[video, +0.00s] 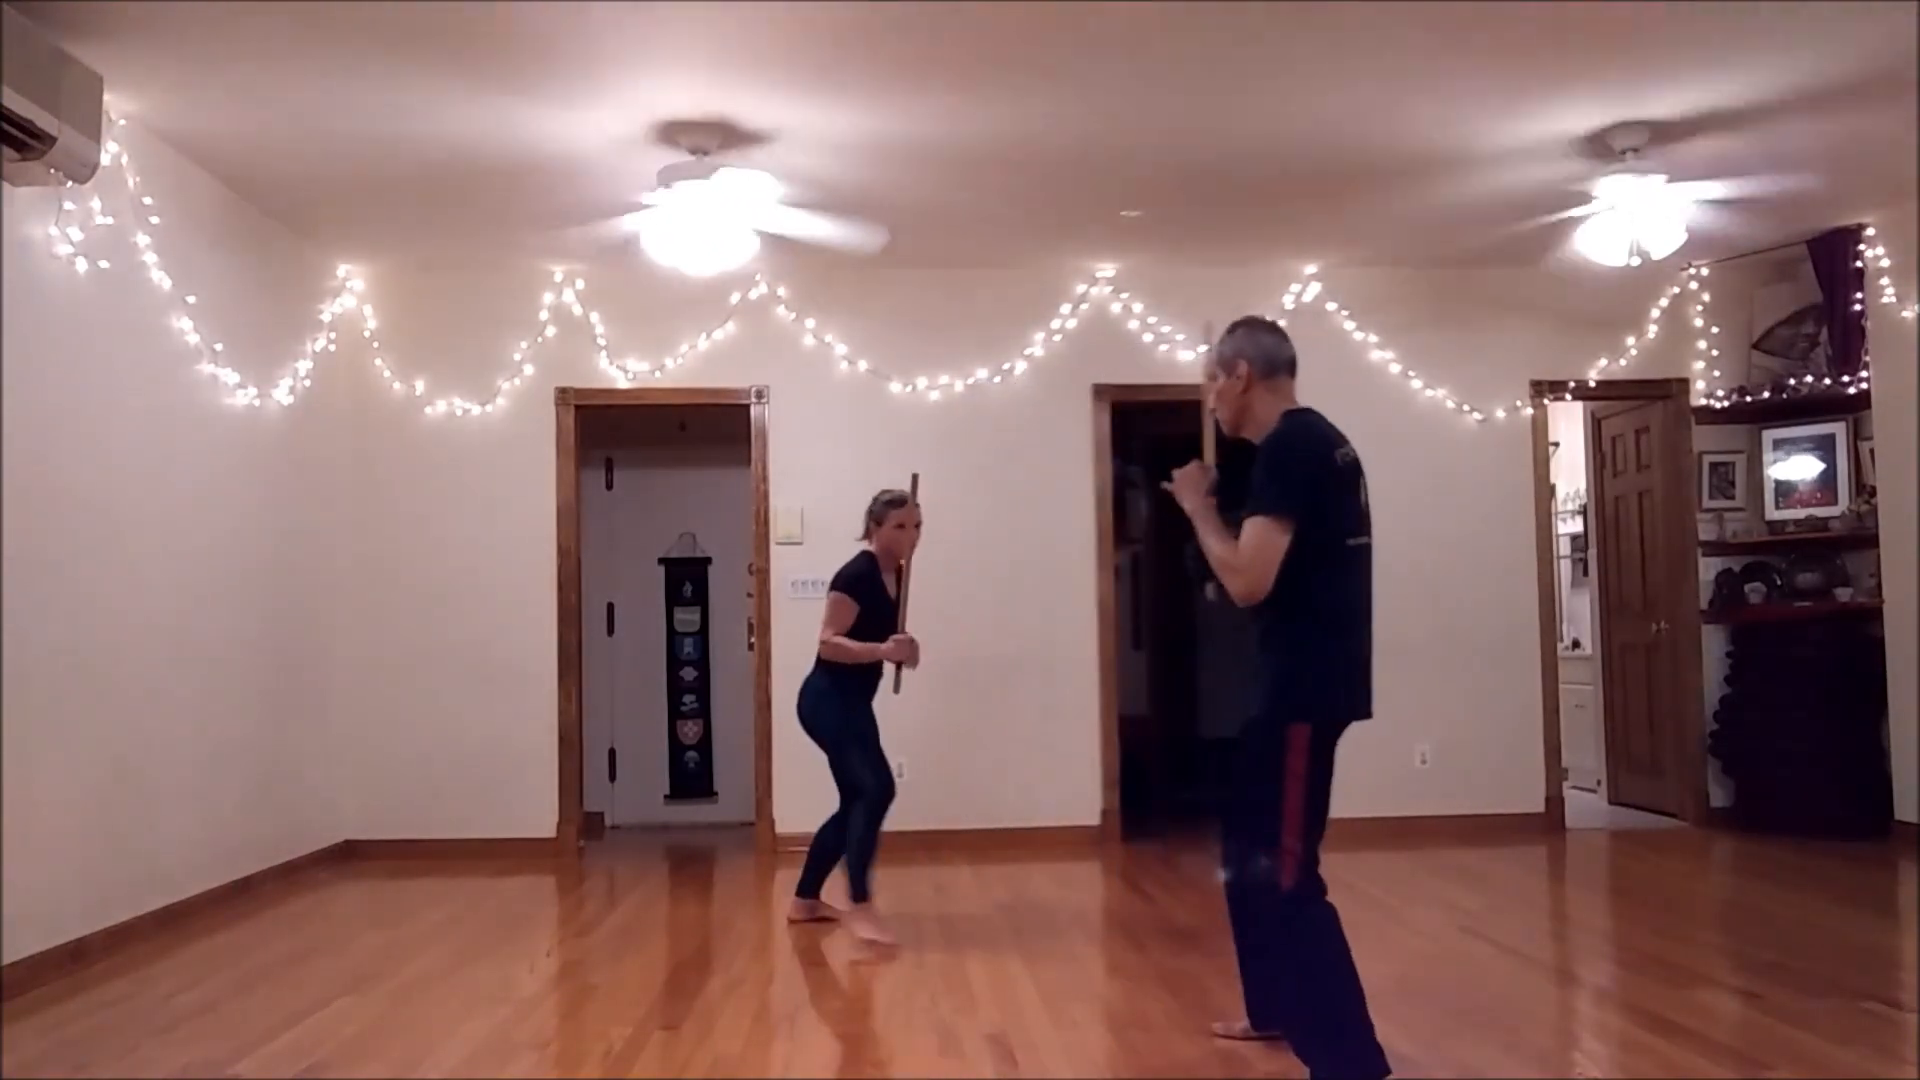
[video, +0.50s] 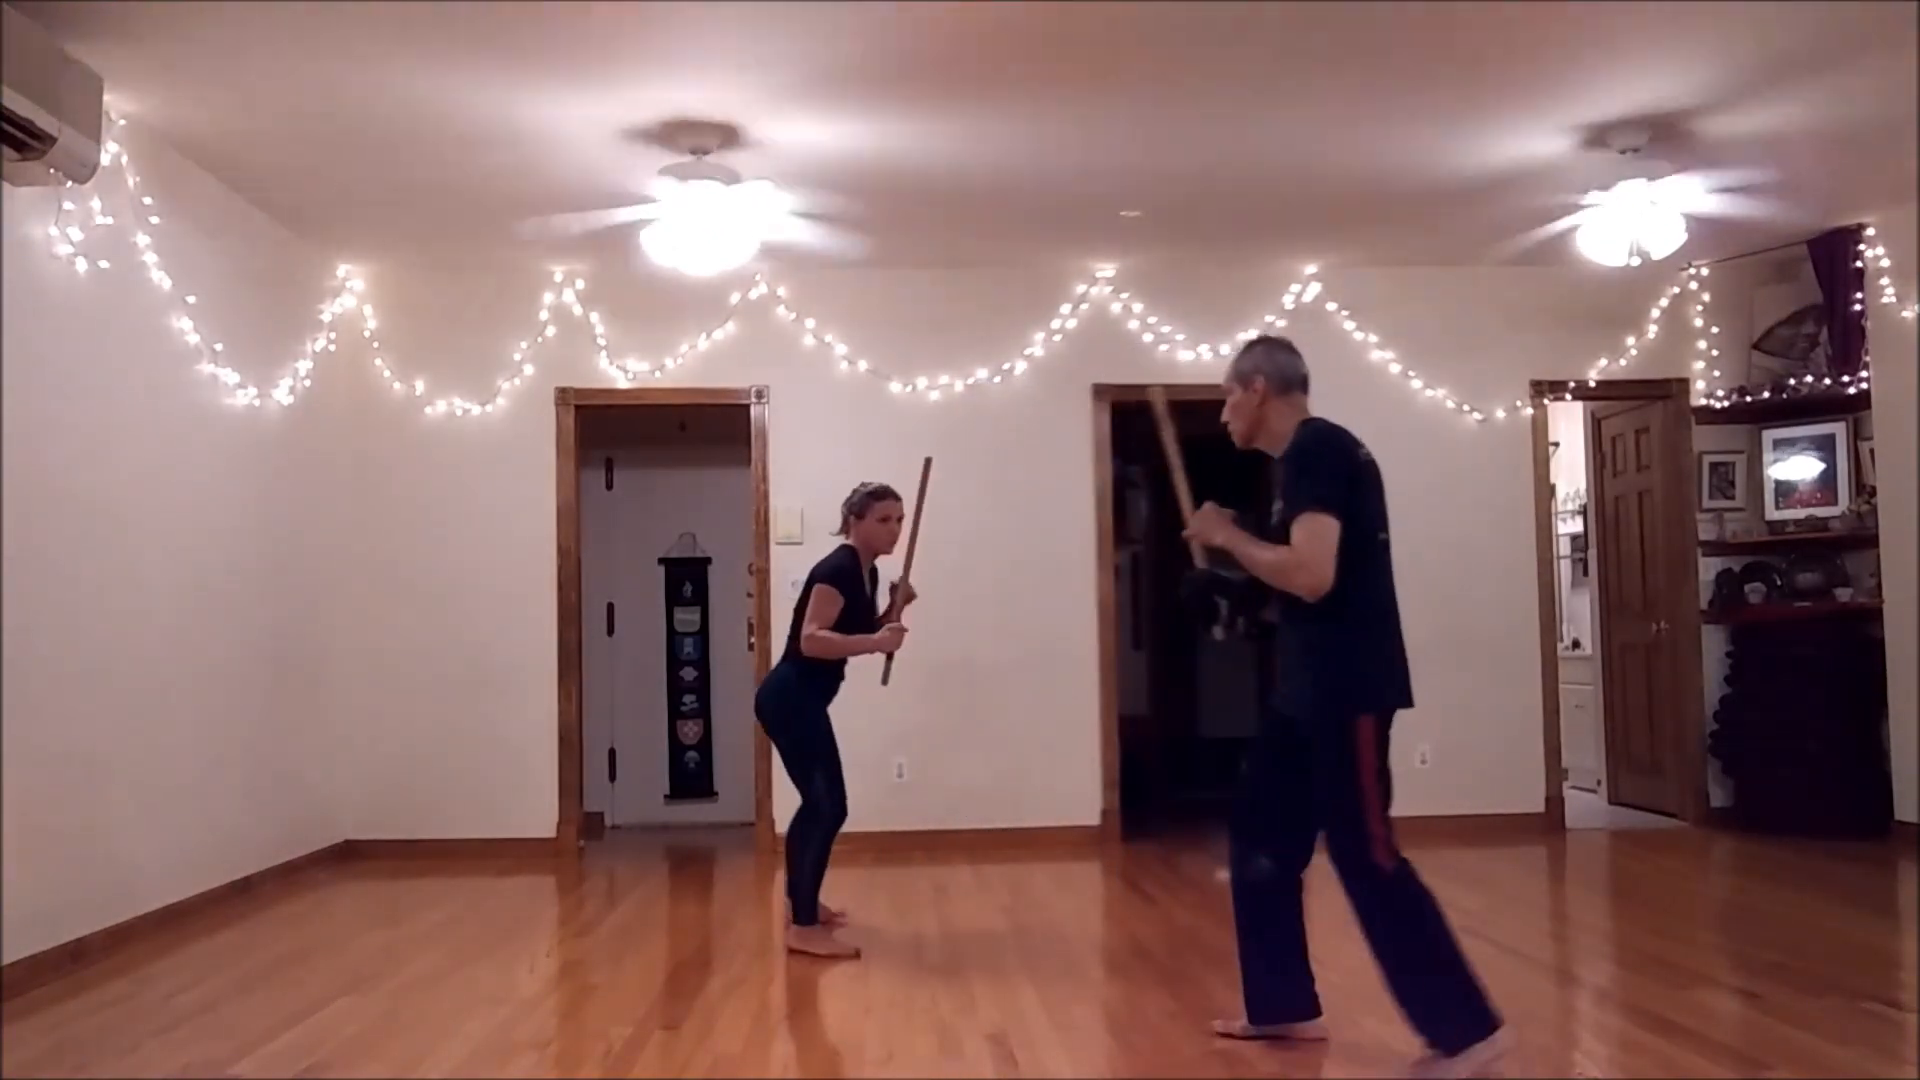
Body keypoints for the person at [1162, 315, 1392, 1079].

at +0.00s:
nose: (1210, 401)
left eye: (1212, 385)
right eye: (1209, 387)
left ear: (1239, 376)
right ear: (1274, 374)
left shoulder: (1293, 445)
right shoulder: (1313, 441)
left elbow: (1246, 580)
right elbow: (1280, 572)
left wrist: (1198, 506)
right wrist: (1218, 509)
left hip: (1305, 691)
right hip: (1299, 685)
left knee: (1284, 874)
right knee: (1252, 855)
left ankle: (1352, 1063)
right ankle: (1279, 1014)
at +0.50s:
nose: (1223, 414)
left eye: (1227, 398)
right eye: (1223, 399)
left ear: (1257, 390)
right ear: (1277, 389)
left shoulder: (1320, 450)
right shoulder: (1299, 461)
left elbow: (1312, 574)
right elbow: (1309, 576)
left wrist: (1231, 537)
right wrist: (1234, 556)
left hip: (1350, 690)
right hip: (1307, 690)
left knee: (1367, 854)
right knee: (1262, 847)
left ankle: (1468, 1033)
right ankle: (1284, 1009)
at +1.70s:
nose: (1272, 420)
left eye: (1277, 404)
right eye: (1272, 405)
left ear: (1314, 397)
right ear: (1323, 396)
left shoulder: (1364, 461)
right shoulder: (1362, 464)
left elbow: (1325, 592)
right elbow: (1350, 588)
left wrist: (1262, 530)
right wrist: (1285, 551)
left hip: (1393, 697)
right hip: (1348, 694)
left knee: (1419, 859)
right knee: (1277, 840)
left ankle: (1542, 1014)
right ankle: (1289, 1002)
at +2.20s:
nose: (1277, 441)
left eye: (1282, 430)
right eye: (1282, 430)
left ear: (1299, 435)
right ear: (1335, 439)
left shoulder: (1326, 501)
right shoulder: (1325, 501)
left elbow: (1279, 607)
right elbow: (1251, 579)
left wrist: (1263, 532)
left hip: (1344, 713)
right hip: (1314, 709)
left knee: (1407, 865)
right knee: (1238, 814)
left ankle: (1547, 1014)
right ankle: (1220, 954)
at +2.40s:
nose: (1194, 478)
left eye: (1197, 466)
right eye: (1194, 467)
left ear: (1218, 461)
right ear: (1239, 456)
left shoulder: (1267, 500)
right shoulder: (1241, 517)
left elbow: (1242, 601)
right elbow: (1191, 620)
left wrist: (1206, 546)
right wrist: (1113, 663)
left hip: (1309, 699)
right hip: (1269, 699)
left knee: (1304, 848)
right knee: (1208, 814)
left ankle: (1438, 964)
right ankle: (1216, 958)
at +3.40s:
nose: (1161, 466)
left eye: (1165, 453)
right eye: (1160, 454)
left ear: (1193, 445)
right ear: (1205, 445)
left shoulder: (1238, 490)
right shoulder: (1227, 500)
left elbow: (1212, 591)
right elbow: (1228, 621)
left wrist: (1178, 541)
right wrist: (1181, 694)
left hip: (1274, 686)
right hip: (1239, 687)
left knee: (1308, 829)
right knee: (1183, 812)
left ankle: (1406, 979)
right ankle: (1213, 958)